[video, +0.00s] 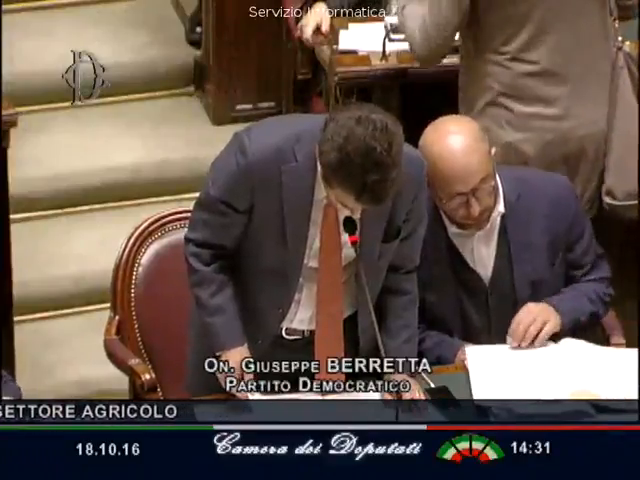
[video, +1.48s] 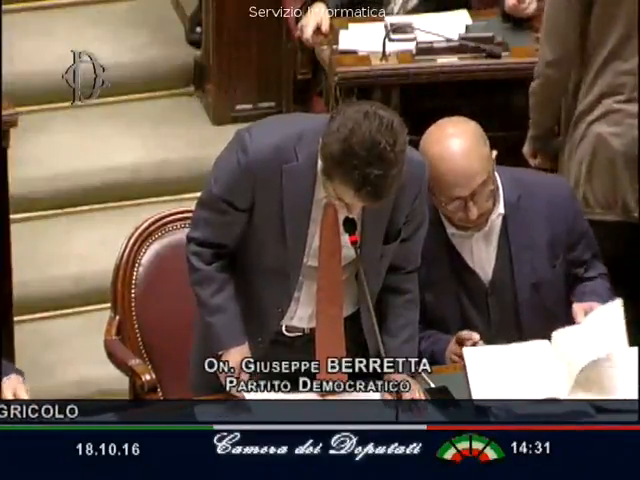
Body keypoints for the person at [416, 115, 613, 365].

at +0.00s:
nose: (475, 208)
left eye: (482, 187)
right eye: (457, 198)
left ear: (492, 159)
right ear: (429, 185)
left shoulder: (552, 197)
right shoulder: (409, 222)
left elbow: (597, 282)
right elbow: (401, 326)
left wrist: (557, 309)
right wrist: (456, 353)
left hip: (554, 371)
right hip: (460, 381)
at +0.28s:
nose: (480, 207)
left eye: (485, 186)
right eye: (462, 199)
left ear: (492, 158)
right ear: (431, 190)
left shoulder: (552, 199)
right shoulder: (409, 225)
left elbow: (595, 283)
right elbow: (402, 329)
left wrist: (557, 312)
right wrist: (457, 353)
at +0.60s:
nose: (481, 207)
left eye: (486, 186)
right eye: (463, 199)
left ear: (493, 158)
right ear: (432, 189)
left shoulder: (552, 197)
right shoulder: (409, 225)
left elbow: (594, 284)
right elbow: (402, 327)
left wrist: (561, 315)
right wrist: (455, 353)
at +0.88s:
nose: (480, 206)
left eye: (485, 185)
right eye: (461, 198)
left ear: (492, 156)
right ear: (431, 187)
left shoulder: (553, 198)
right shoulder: (408, 224)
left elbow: (593, 284)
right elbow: (401, 326)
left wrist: (563, 316)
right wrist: (454, 353)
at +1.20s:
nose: (476, 208)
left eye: (482, 188)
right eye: (458, 199)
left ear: (492, 158)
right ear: (430, 187)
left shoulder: (553, 198)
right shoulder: (408, 224)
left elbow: (594, 282)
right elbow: (401, 326)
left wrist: (578, 310)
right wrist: (448, 350)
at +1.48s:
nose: (472, 211)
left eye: (481, 192)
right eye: (455, 201)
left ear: (493, 161)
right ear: (429, 188)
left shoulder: (552, 197)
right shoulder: (407, 224)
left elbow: (588, 268)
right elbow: (396, 326)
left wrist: (590, 301)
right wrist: (444, 349)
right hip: (463, 385)